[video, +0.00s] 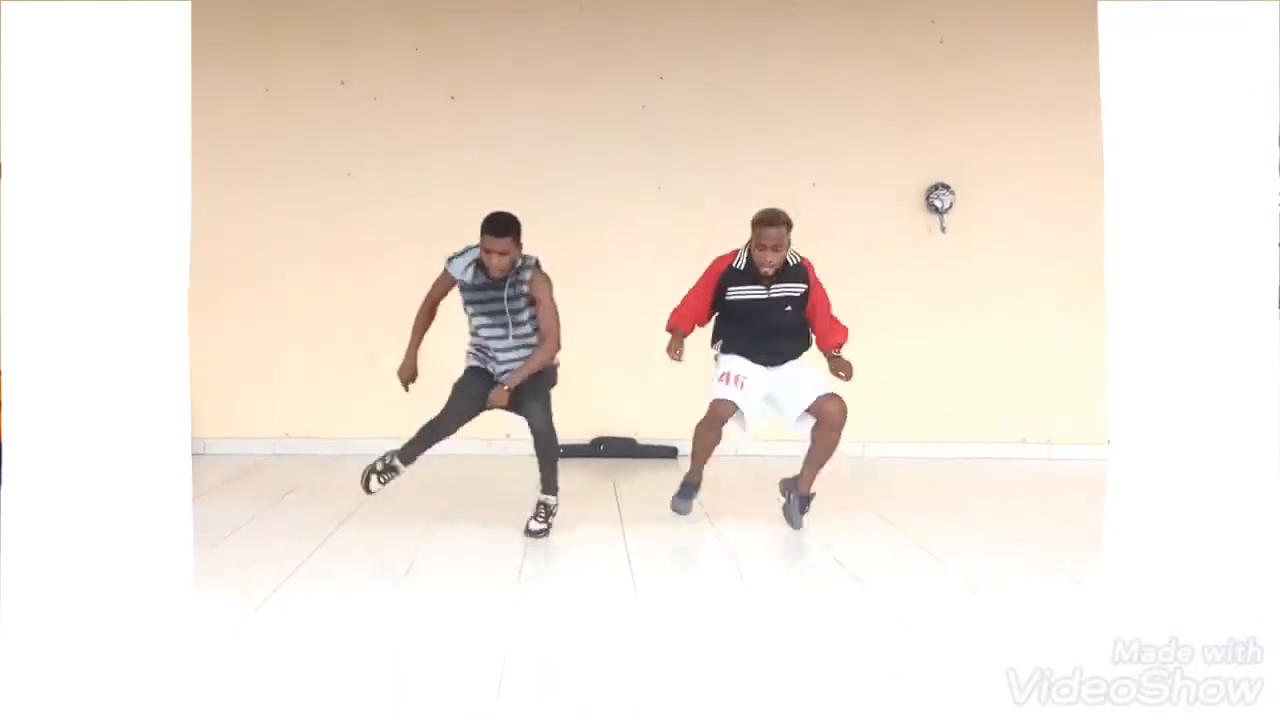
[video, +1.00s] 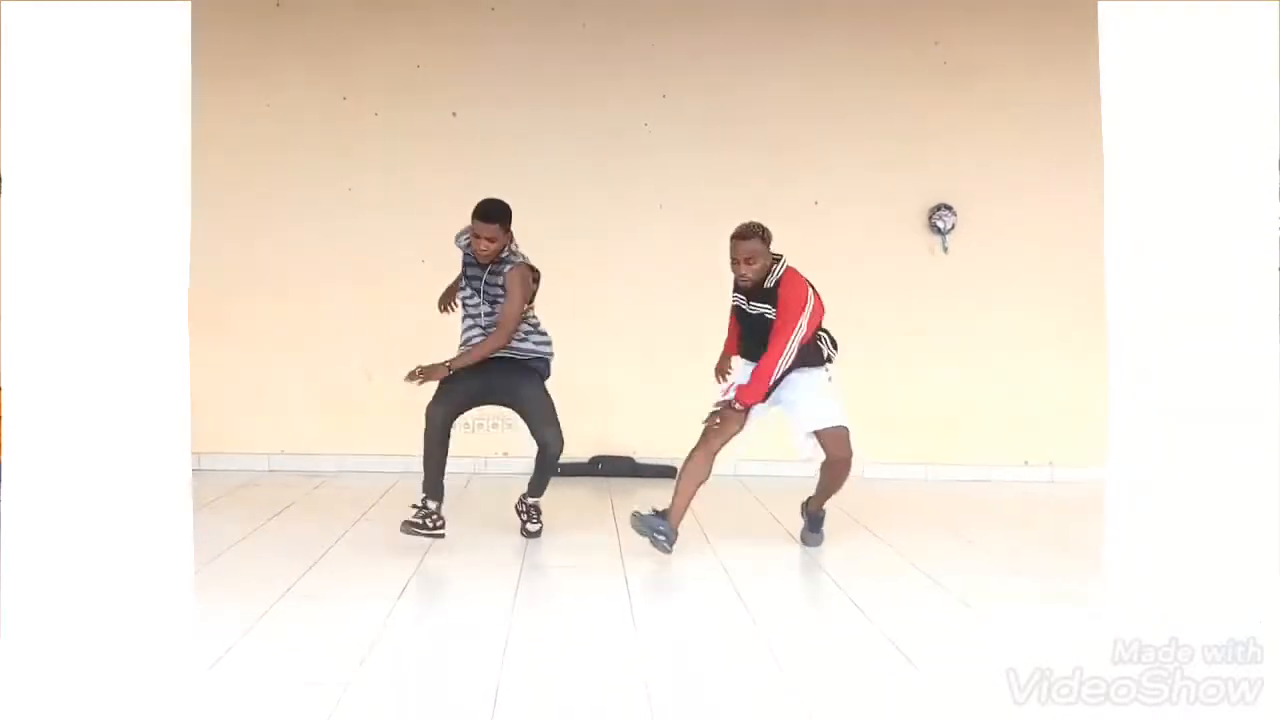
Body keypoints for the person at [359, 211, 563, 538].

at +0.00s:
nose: (495, 262)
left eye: (504, 254)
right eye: (489, 253)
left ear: (518, 249)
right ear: (480, 246)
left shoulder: (534, 279)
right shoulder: (462, 267)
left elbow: (551, 344)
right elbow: (431, 302)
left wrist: (510, 385)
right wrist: (411, 355)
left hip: (530, 368)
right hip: (484, 366)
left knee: (540, 422)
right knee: (449, 420)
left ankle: (548, 499)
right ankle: (397, 461)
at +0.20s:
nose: (504, 271)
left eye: (513, 264)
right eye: (498, 262)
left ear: (527, 262)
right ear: (488, 257)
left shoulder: (541, 296)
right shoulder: (466, 281)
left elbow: (564, 347)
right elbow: (435, 308)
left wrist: (511, 364)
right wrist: (420, 363)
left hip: (523, 378)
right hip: (480, 385)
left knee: (537, 401)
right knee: (443, 442)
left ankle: (569, 464)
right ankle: (497, 499)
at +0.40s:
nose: (493, 290)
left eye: (501, 283)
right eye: (488, 283)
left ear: (518, 280)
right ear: (481, 279)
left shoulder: (533, 303)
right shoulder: (471, 307)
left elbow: (545, 357)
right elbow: (453, 344)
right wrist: (429, 389)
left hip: (525, 407)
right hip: (481, 400)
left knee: (562, 457)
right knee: (442, 427)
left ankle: (527, 495)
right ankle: (427, 481)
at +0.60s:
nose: (489, 347)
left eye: (498, 340)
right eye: (483, 339)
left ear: (512, 338)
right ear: (475, 336)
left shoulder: (532, 362)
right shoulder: (460, 359)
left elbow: (577, 398)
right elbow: (430, 396)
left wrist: (544, 433)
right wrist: (407, 437)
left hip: (524, 438)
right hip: (481, 437)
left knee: (552, 469)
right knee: (428, 447)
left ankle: (544, 504)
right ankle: (461, 505)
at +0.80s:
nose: (490, 306)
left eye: (499, 299)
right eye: (485, 298)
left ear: (515, 298)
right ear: (479, 294)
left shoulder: (531, 318)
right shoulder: (463, 324)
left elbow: (578, 335)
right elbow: (424, 351)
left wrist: (534, 333)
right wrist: (387, 386)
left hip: (526, 429)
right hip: (476, 425)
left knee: (566, 469)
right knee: (418, 450)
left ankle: (533, 500)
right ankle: (450, 500)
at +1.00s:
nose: (482, 245)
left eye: (491, 240)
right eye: (477, 237)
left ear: (508, 236)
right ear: (471, 229)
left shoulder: (517, 271)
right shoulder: (466, 243)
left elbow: (504, 334)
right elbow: (472, 267)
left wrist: (448, 366)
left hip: (520, 368)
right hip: (476, 366)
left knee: (552, 443)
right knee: (437, 414)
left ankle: (531, 502)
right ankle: (431, 509)